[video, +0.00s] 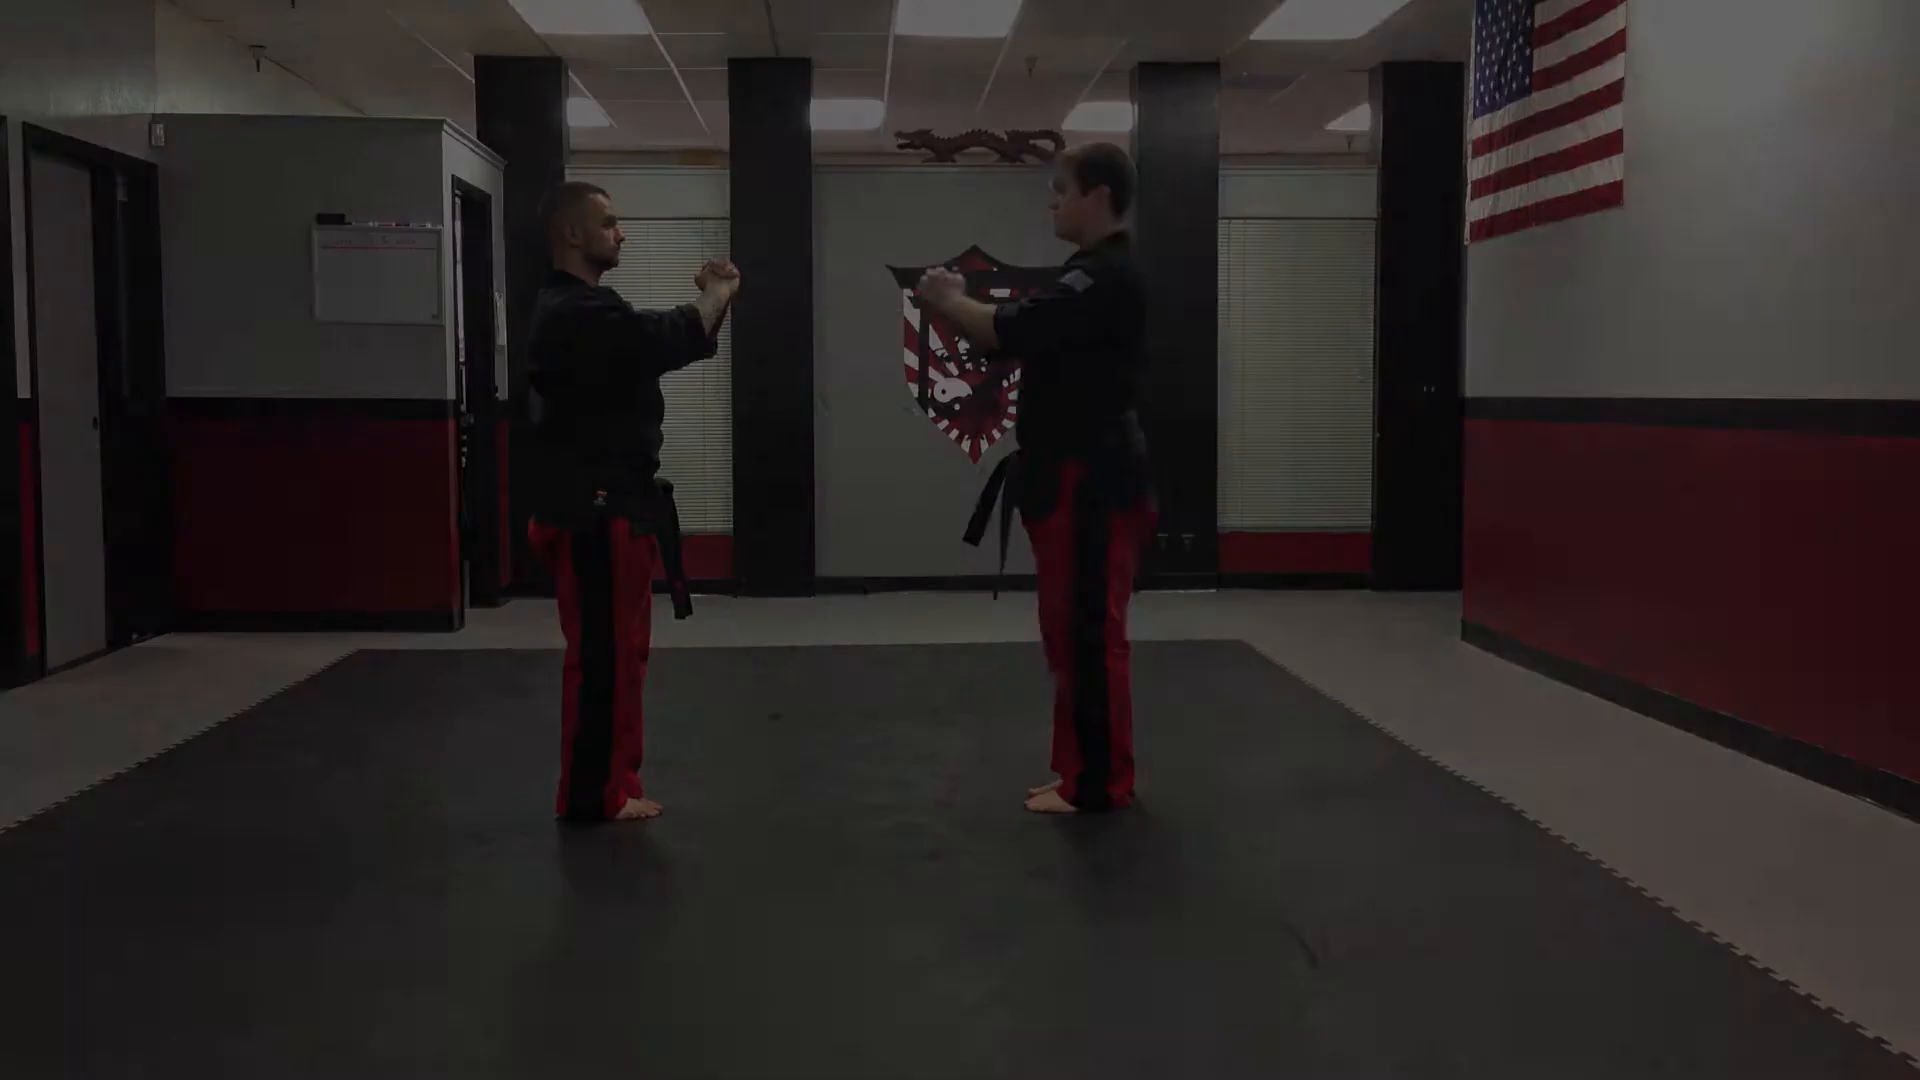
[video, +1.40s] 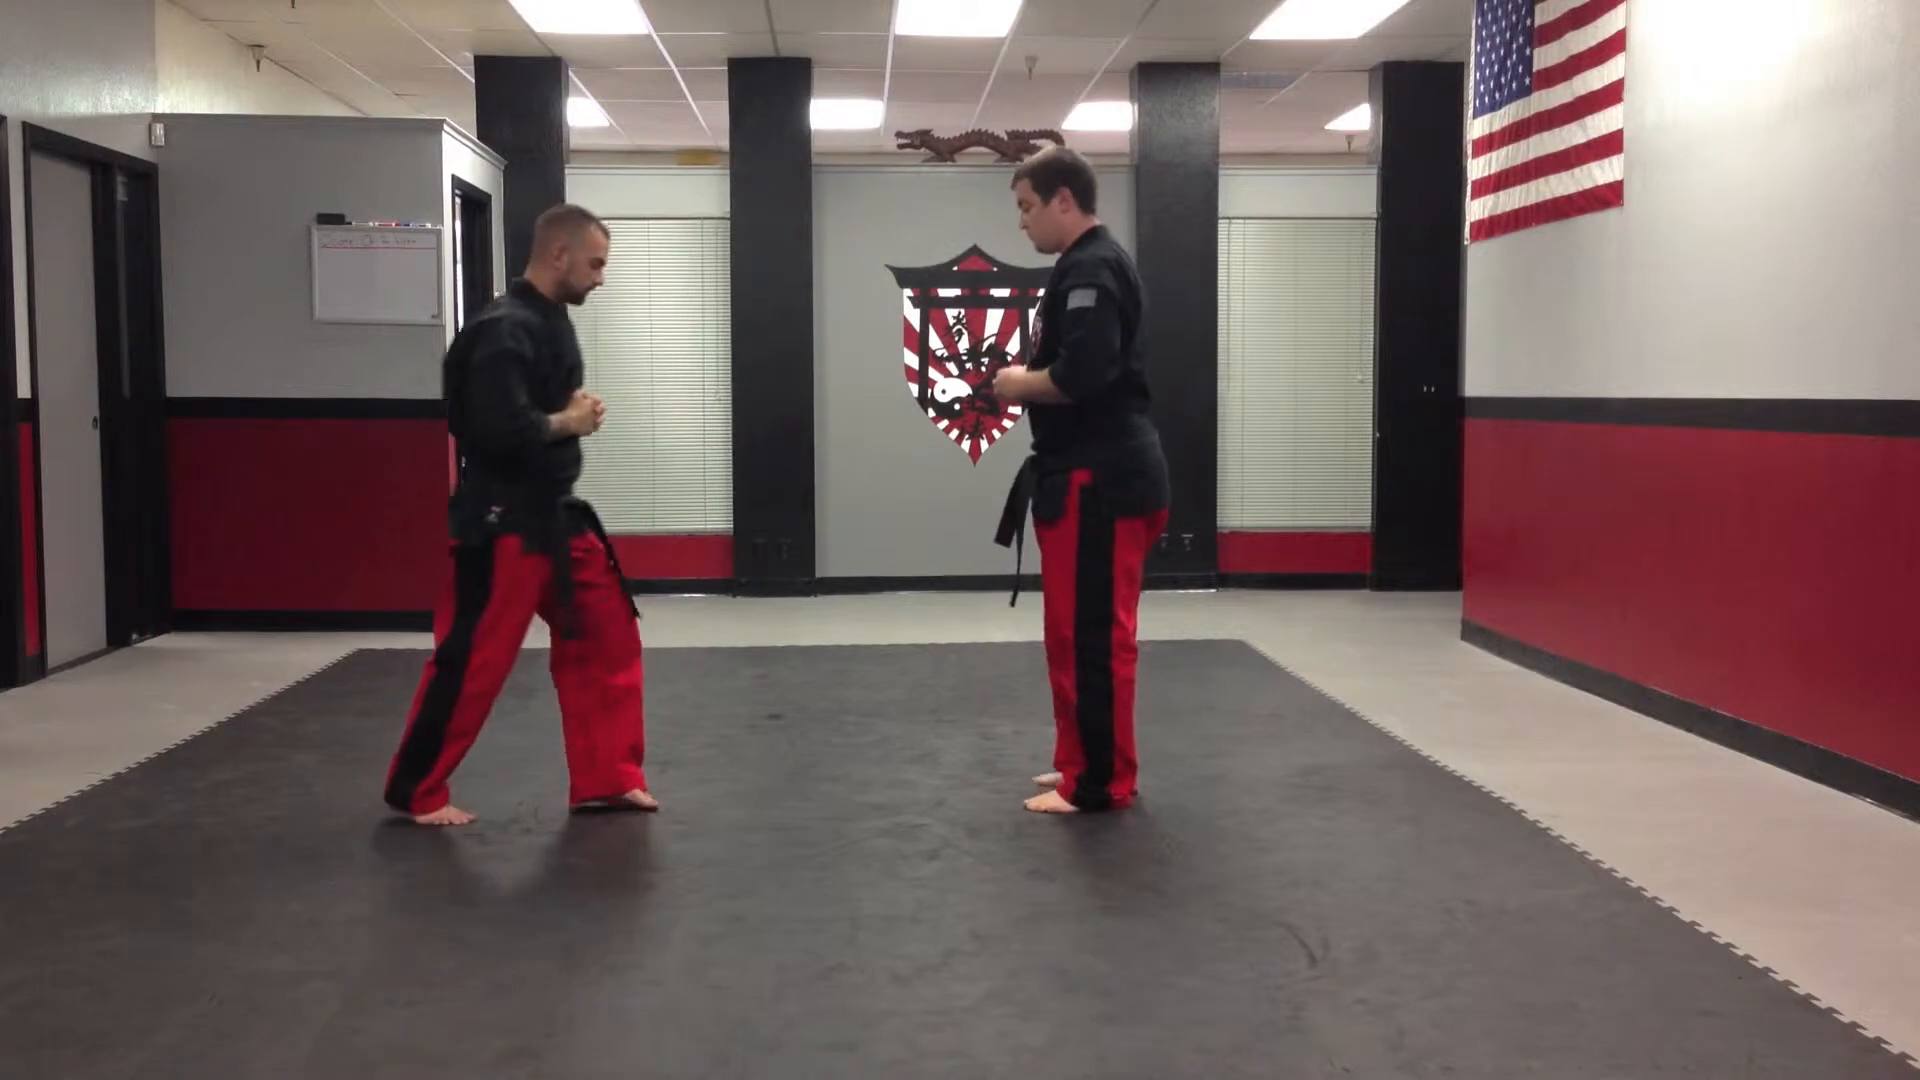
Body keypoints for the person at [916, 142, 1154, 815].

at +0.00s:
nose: (1052, 204)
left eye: (1061, 192)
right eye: (1053, 192)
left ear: (1099, 198)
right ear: (1099, 199)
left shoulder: (1104, 278)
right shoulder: (1093, 273)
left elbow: (1009, 334)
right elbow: (1021, 329)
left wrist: (949, 303)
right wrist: (962, 302)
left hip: (1092, 479)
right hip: (1073, 472)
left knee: (1086, 632)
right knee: (1075, 630)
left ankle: (1095, 784)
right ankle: (1088, 774)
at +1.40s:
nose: (1022, 222)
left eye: (1025, 208)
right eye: (1019, 209)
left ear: (1062, 201)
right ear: (1065, 203)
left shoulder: (1091, 269)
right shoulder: (1085, 264)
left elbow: (1085, 376)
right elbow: (1077, 370)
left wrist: (1016, 385)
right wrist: (1018, 380)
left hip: (1104, 479)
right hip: (1085, 475)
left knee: (1092, 637)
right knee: (1077, 632)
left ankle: (1100, 785)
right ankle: (1086, 764)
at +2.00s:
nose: (1018, 220)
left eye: (1026, 207)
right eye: (1019, 207)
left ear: (1063, 213)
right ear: (1066, 214)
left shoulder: (1086, 282)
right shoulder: (1082, 275)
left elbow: (1090, 387)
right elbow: (1079, 379)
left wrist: (1023, 401)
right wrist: (1024, 392)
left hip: (1092, 480)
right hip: (1116, 474)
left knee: (1043, 625)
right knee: (1113, 621)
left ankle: (1011, 783)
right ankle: (1145, 761)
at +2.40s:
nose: (994, 226)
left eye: (1005, 215)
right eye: (998, 214)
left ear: (1042, 226)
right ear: (1050, 228)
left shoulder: (1040, 295)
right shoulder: (1081, 293)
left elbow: (994, 384)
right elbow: (1047, 389)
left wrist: (926, 362)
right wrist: (966, 376)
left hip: (1047, 500)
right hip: (1096, 494)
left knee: (979, 636)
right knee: (1090, 627)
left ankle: (983, 792)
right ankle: (1154, 759)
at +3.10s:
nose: (1039, 239)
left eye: (1045, 226)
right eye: (1041, 226)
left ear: (1075, 231)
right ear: (1103, 234)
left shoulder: (1048, 291)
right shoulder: (1153, 307)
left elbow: (951, 313)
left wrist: (915, 287)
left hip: (1074, 504)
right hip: (1151, 503)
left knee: (1003, 644)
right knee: (1169, 637)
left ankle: (987, 794)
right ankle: (1233, 772)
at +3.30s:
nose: (1066, 252)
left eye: (1072, 239)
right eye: (1067, 240)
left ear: (1103, 240)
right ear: (1131, 242)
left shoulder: (1086, 307)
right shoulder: (1195, 309)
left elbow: (1022, 376)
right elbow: (1229, 403)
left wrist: (986, 315)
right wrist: (1162, 410)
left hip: (1103, 509)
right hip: (1187, 508)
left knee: (1037, 638)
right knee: (1195, 642)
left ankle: (1038, 779)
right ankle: (1232, 775)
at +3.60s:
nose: (1044, 263)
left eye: (1049, 251)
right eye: (1045, 251)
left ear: (1078, 254)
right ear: (1106, 256)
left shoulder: (1060, 316)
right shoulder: (1169, 317)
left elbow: (985, 372)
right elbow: (1214, 407)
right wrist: (1148, 415)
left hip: (1089, 516)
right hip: (1170, 511)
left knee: (1034, 644)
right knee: (1197, 643)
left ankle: (1008, 777)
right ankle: (1237, 776)